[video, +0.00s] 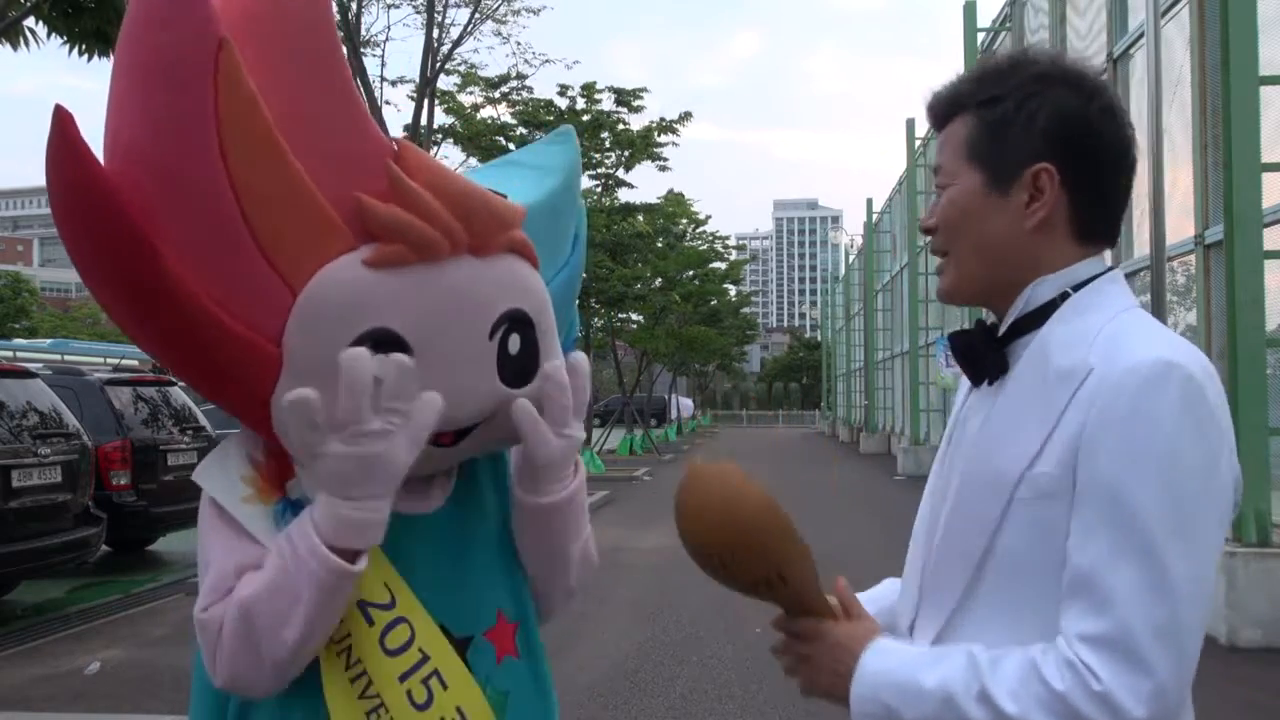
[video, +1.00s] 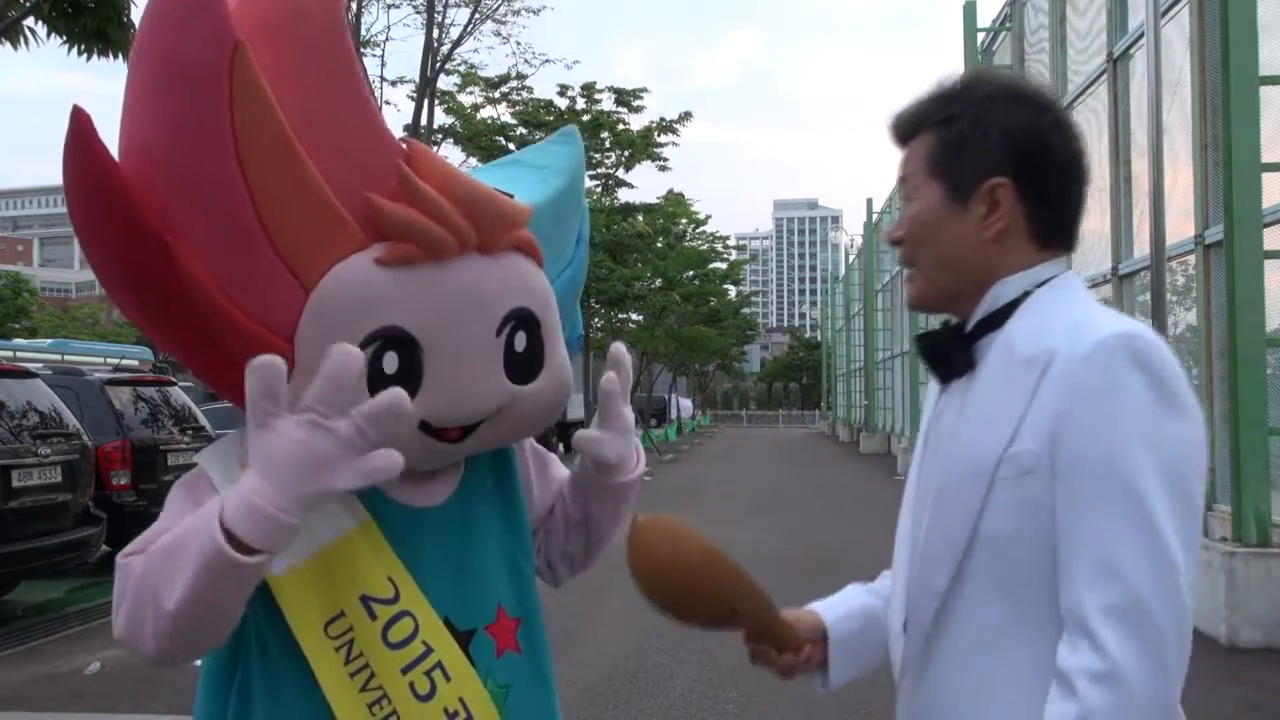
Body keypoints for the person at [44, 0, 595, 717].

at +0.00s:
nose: (439, 375)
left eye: (477, 332)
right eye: (383, 343)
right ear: (279, 349)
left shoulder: (492, 468)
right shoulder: (249, 479)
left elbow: (555, 595)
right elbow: (239, 662)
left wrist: (552, 473)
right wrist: (344, 516)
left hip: (499, 709)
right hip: (312, 714)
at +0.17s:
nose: (446, 384)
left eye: (486, 337)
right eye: (381, 349)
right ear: (277, 351)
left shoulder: (488, 469)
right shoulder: (245, 477)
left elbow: (545, 593)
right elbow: (228, 663)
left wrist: (552, 474)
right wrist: (330, 527)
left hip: (492, 710)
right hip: (306, 716)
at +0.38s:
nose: (428, 393)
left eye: (456, 345)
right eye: (377, 355)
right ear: (285, 351)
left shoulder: (500, 472)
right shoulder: (245, 477)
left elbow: (597, 551)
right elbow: (174, 616)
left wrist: (593, 443)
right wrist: (331, 489)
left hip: (496, 707)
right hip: (293, 713)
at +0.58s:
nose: (426, 377)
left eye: (454, 336)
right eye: (382, 348)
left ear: (483, 336)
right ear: (291, 349)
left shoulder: (501, 468)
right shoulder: (255, 481)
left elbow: (596, 558)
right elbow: (213, 627)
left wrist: (592, 456)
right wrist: (356, 477)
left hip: (511, 709)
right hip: (301, 717)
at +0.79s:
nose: (433, 383)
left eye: (474, 340)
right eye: (389, 350)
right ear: (293, 353)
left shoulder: (505, 467)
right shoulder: (246, 480)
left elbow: (570, 563)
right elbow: (174, 626)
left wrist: (610, 486)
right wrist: (324, 505)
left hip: (500, 708)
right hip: (295, 716)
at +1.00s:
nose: (460, 394)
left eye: (509, 343)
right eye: (395, 353)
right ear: (291, 353)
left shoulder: (505, 463)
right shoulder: (243, 480)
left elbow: (558, 554)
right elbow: (151, 628)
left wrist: (604, 479)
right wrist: (261, 509)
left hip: (500, 706)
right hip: (302, 711)